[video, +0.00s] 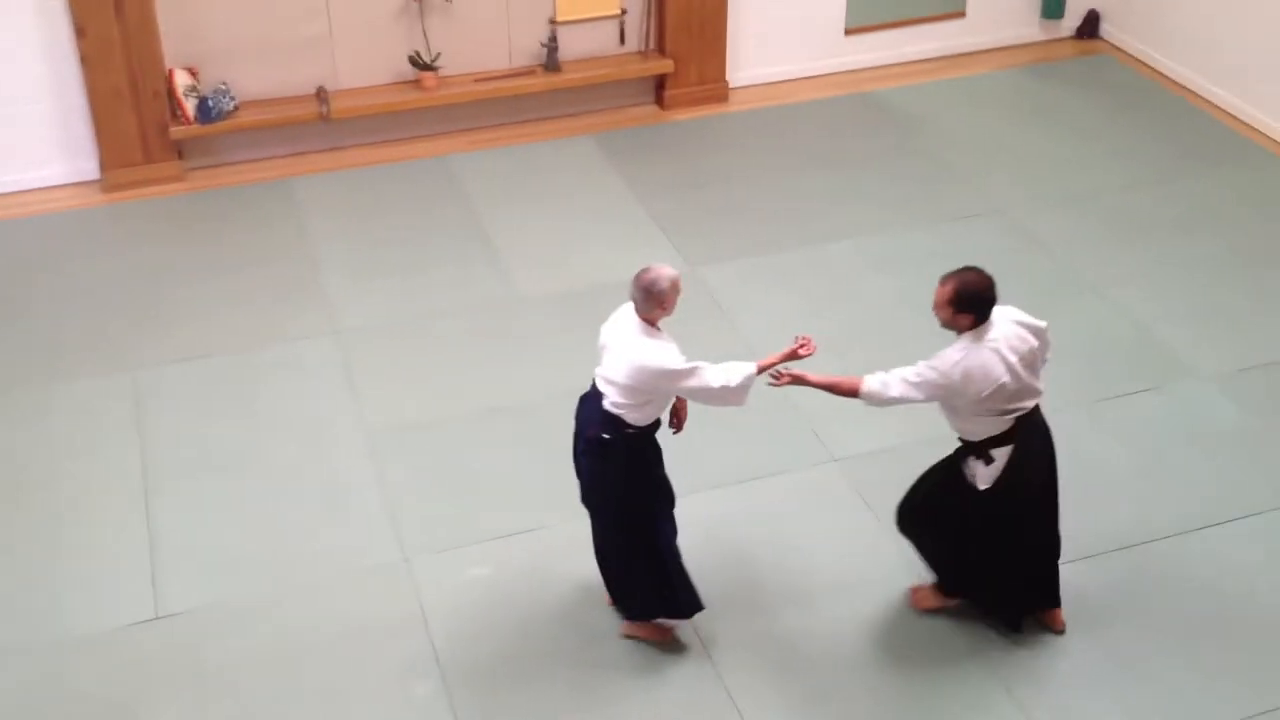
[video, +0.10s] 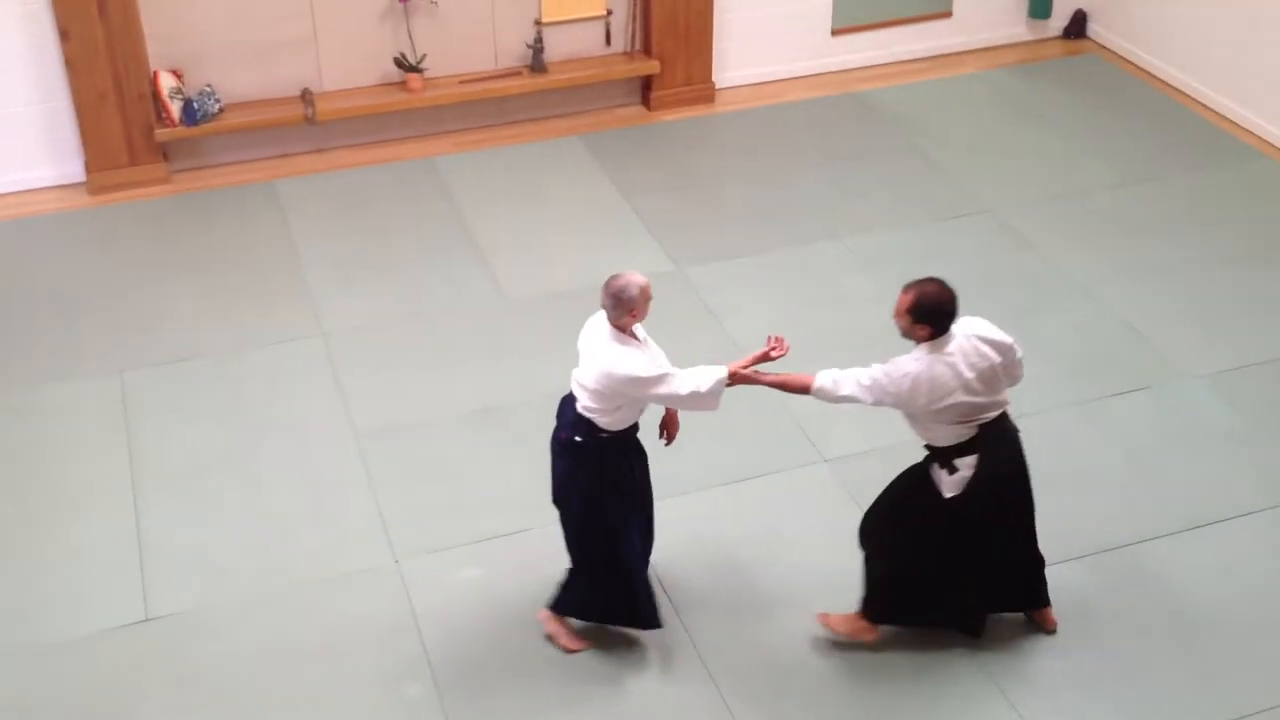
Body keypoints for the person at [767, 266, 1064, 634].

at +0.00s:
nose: (935, 303)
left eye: (941, 302)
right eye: (938, 297)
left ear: (964, 316)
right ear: (978, 311)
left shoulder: (955, 367)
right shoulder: (1012, 320)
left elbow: (877, 389)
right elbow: (1041, 345)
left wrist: (807, 379)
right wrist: (1019, 388)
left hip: (992, 460)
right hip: (1034, 438)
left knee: (915, 514)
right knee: (1036, 527)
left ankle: (954, 586)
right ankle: (1048, 605)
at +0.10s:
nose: (895, 312)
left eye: (901, 311)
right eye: (899, 306)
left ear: (920, 327)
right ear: (944, 317)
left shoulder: (909, 375)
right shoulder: (977, 333)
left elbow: (833, 385)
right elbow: (1015, 366)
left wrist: (761, 378)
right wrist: (981, 390)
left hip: (958, 470)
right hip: (1005, 447)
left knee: (879, 526)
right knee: (1016, 530)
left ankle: (869, 619)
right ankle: (1041, 608)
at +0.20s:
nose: (841, 327)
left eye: (847, 324)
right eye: (845, 321)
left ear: (866, 340)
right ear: (887, 329)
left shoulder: (853, 387)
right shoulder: (926, 343)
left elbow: (779, 392)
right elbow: (977, 375)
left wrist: (711, 377)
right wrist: (969, 397)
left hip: (908, 481)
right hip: (958, 457)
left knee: (839, 546)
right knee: (986, 529)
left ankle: (818, 646)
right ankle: (1027, 604)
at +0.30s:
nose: (785, 337)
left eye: (789, 334)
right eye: (788, 330)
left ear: (807, 351)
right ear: (832, 341)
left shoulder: (801, 401)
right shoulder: (871, 355)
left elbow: (732, 402)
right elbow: (920, 381)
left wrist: (674, 375)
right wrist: (949, 404)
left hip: (860, 498)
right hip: (909, 470)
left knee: (800, 556)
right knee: (943, 533)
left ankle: (798, 652)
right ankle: (997, 587)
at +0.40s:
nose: (740, 334)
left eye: (745, 331)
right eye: (743, 328)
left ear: (765, 344)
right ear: (790, 332)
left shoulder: (764, 396)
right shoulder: (830, 349)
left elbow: (694, 408)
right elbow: (879, 381)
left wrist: (634, 385)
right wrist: (908, 416)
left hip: (825, 491)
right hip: (868, 461)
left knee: (775, 569)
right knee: (884, 539)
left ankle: (784, 651)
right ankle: (917, 610)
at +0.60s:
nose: (675, 344)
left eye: (682, 339)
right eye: (678, 336)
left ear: (707, 350)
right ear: (718, 346)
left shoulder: (702, 402)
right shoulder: (769, 363)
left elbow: (628, 431)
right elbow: (808, 413)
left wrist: (565, 414)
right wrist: (786, 450)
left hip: (764, 509)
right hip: (802, 485)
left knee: (690, 572)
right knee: (803, 567)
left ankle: (700, 665)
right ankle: (837, 639)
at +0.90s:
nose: (555, 358)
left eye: (562, 350)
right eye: (557, 349)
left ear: (589, 355)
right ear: (596, 356)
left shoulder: (569, 398)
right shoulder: (644, 401)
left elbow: (522, 419)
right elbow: (657, 470)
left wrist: (474, 415)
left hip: (620, 538)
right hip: (658, 523)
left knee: (594, 642)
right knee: (645, 599)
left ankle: (613, 711)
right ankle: (681, 636)